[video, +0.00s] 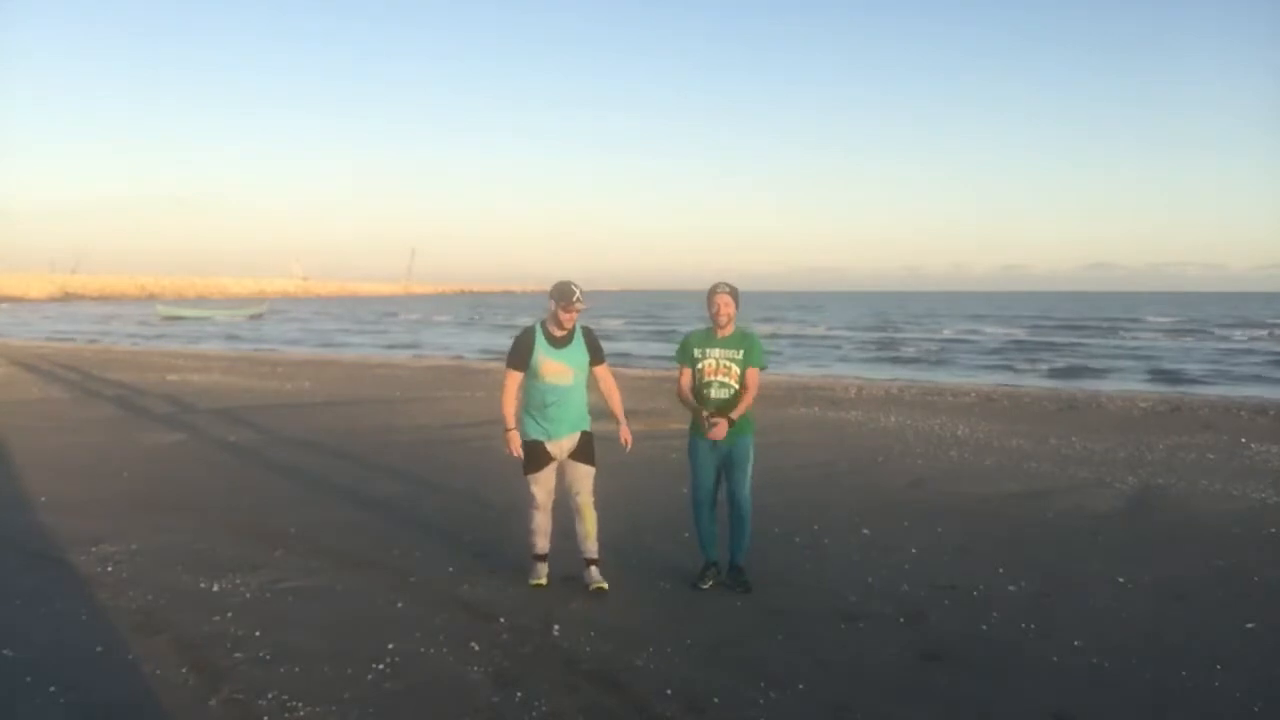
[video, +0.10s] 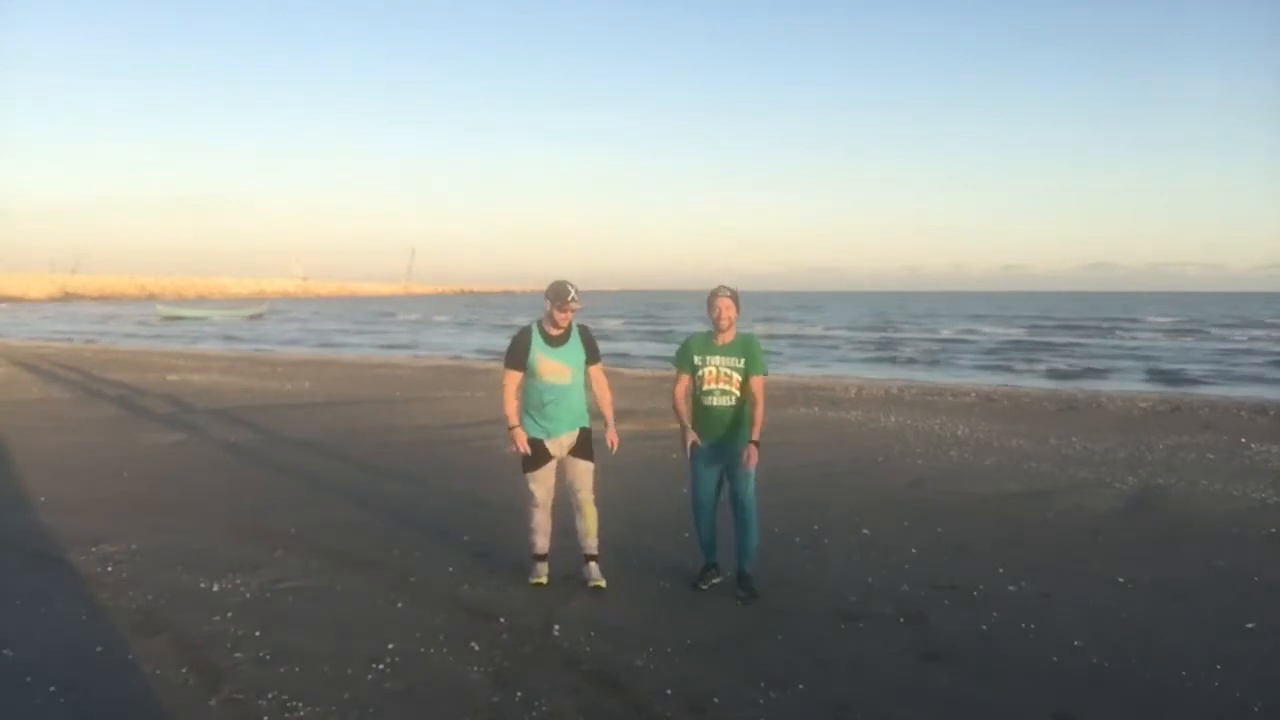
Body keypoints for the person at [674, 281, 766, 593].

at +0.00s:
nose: (720, 310)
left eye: (726, 305)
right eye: (715, 305)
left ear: (735, 308)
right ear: (709, 309)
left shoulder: (749, 343)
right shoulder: (693, 341)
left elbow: (751, 389)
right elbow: (683, 387)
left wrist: (728, 419)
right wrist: (700, 413)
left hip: (738, 430)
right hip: (702, 430)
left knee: (739, 498)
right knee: (703, 498)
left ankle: (737, 565)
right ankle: (711, 563)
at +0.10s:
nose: (721, 314)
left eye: (727, 308)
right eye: (716, 308)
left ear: (736, 312)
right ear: (709, 312)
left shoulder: (749, 346)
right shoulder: (693, 345)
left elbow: (757, 397)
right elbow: (679, 391)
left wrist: (754, 440)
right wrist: (686, 427)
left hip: (739, 440)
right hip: (703, 441)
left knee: (744, 505)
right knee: (703, 505)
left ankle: (744, 571)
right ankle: (711, 565)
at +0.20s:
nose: (723, 314)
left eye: (729, 309)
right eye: (718, 309)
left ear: (739, 313)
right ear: (711, 314)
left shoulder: (752, 350)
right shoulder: (695, 348)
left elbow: (771, 402)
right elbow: (679, 391)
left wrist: (779, 449)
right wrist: (681, 432)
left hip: (742, 441)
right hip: (703, 441)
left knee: (751, 508)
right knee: (703, 507)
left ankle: (756, 572)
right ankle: (709, 566)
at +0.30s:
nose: (729, 316)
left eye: (735, 311)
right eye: (724, 310)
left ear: (745, 315)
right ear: (716, 315)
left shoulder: (758, 354)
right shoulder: (700, 349)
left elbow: (778, 398)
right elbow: (683, 384)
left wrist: (794, 441)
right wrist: (685, 427)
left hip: (745, 442)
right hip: (706, 442)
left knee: (757, 505)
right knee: (704, 505)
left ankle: (766, 575)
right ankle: (710, 565)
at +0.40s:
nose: (733, 317)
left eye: (739, 312)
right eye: (728, 311)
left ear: (749, 317)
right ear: (719, 316)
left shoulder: (763, 357)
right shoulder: (704, 351)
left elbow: (782, 397)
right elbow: (686, 387)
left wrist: (798, 433)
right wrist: (691, 424)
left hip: (748, 446)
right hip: (708, 444)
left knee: (761, 511)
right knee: (704, 510)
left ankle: (770, 583)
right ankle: (711, 566)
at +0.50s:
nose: (741, 316)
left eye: (747, 311)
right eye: (736, 311)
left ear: (756, 317)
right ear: (728, 317)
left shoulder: (771, 357)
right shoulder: (713, 353)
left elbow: (786, 397)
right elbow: (692, 389)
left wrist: (797, 428)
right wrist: (698, 429)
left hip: (756, 449)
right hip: (717, 447)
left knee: (769, 516)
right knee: (710, 513)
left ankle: (773, 589)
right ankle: (711, 565)